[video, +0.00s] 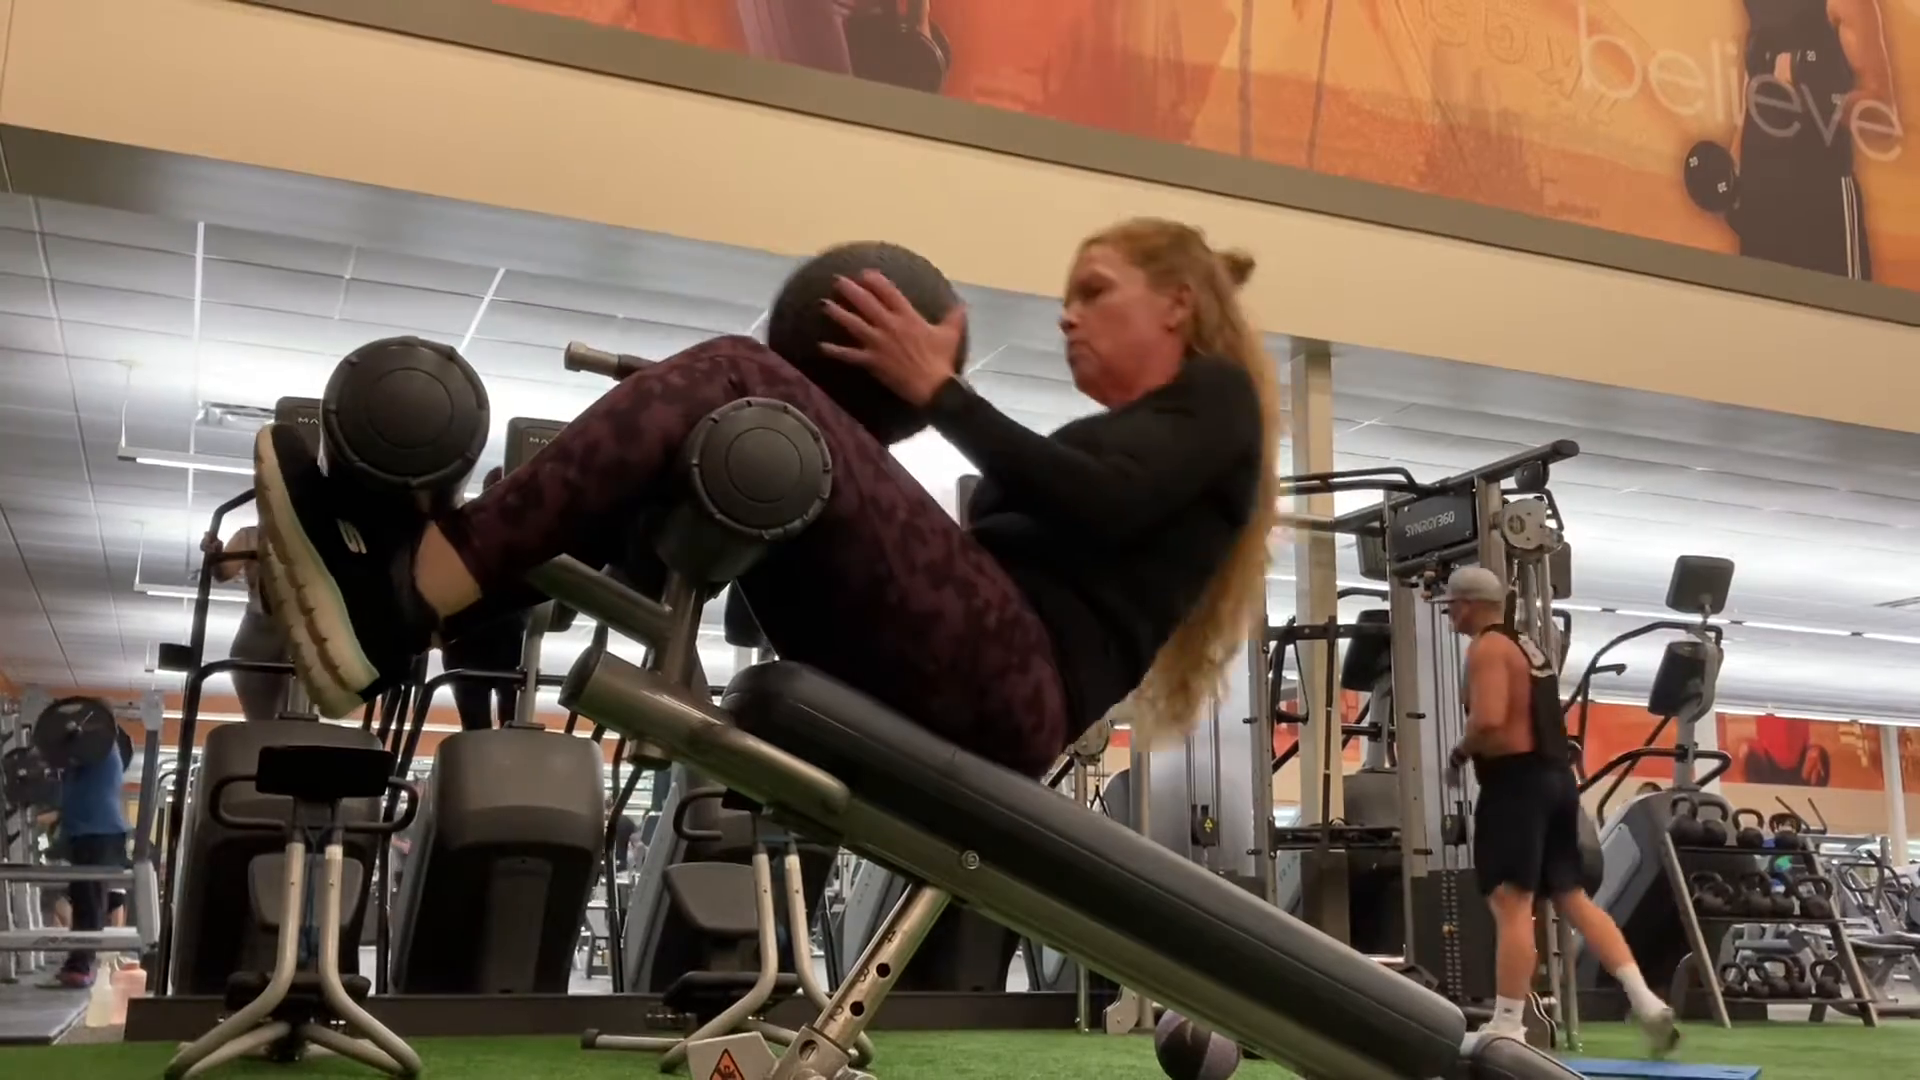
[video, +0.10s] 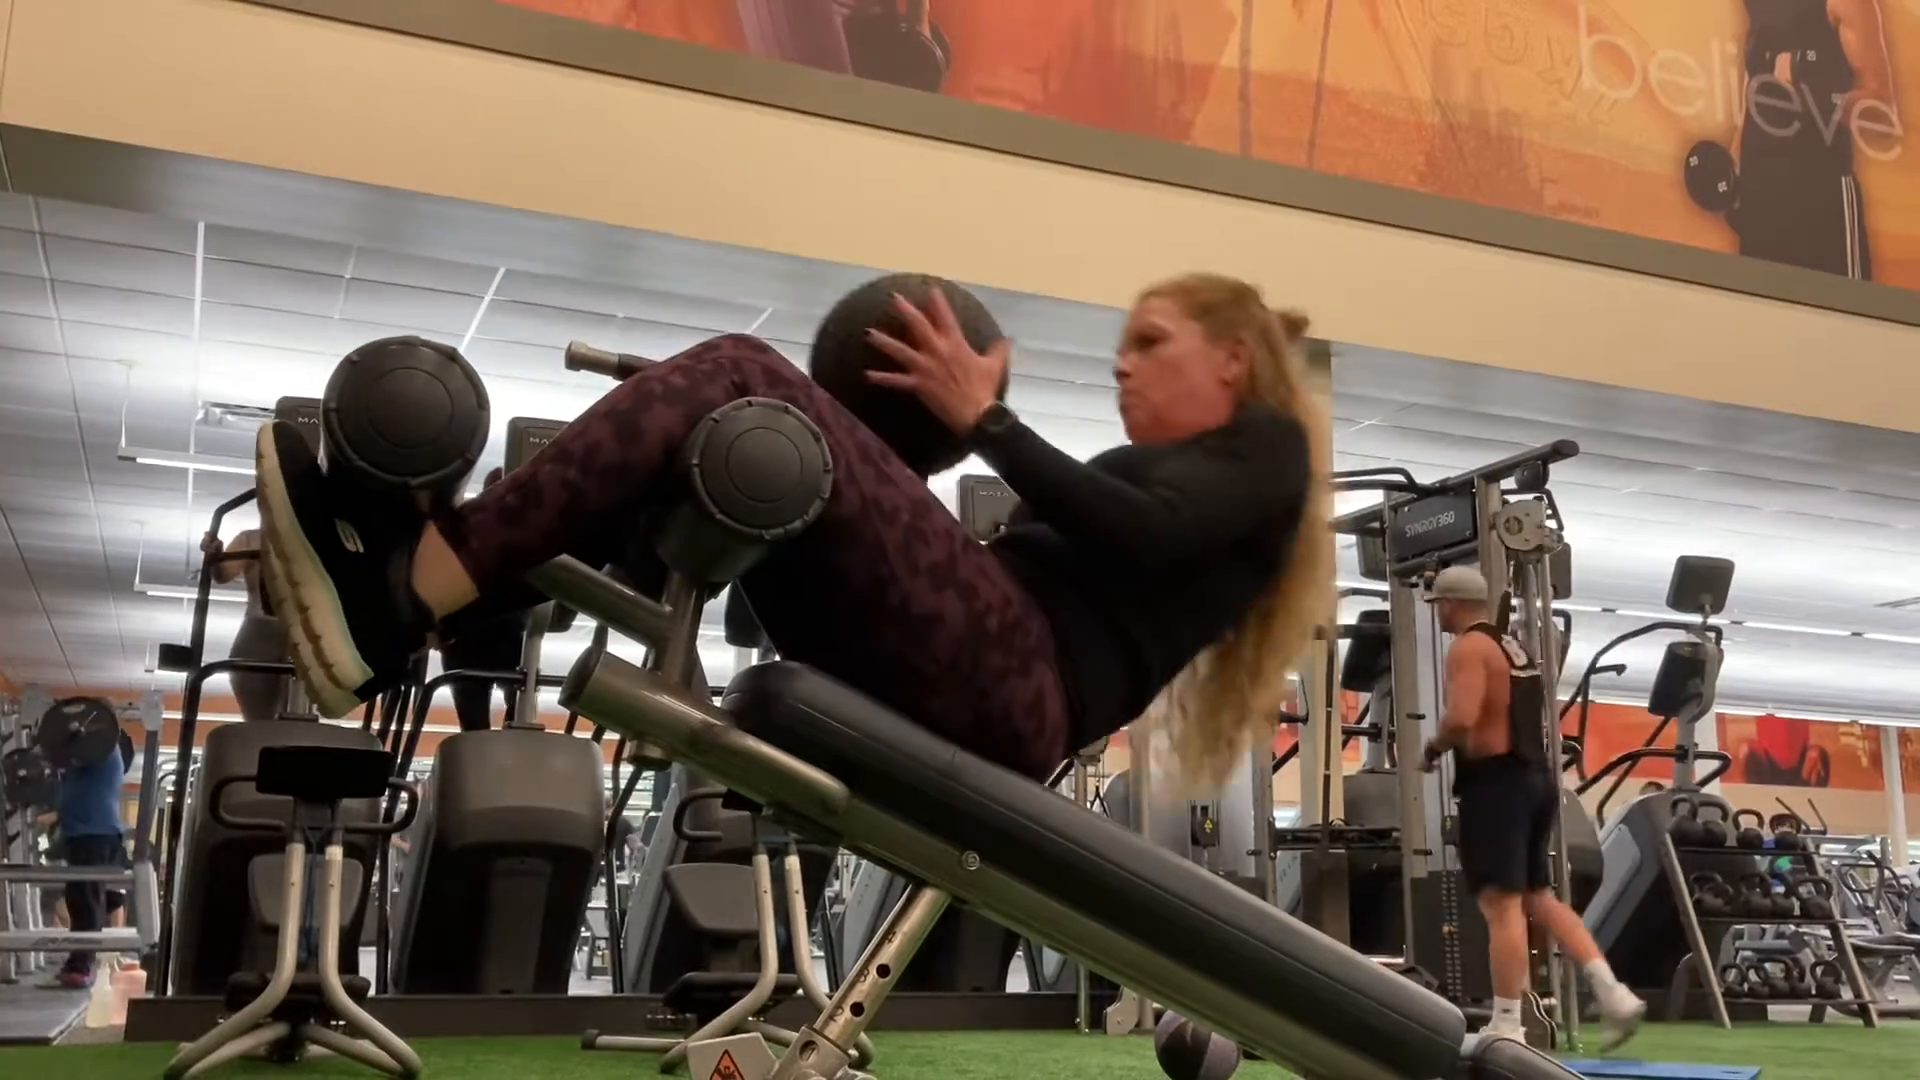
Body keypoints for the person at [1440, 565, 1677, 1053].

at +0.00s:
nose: (1450, 613)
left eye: (1455, 605)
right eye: (1451, 605)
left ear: (1476, 607)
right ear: (1492, 606)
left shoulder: (1489, 647)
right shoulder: (1522, 647)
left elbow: (1488, 719)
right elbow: (1536, 724)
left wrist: (1462, 748)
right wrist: (1482, 741)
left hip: (1516, 784)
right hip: (1554, 782)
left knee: (1511, 904)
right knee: (1573, 899)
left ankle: (1507, 1027)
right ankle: (1647, 1004)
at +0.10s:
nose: (1435, 611)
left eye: (1438, 604)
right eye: (1436, 604)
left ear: (1455, 605)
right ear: (1480, 604)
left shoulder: (1470, 646)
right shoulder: (1510, 647)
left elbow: (1460, 719)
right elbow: (1524, 720)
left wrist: (1433, 748)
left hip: (1495, 784)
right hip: (1533, 781)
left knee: (1501, 904)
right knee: (1539, 896)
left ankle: (1506, 1028)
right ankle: (1615, 997)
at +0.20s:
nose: (1423, 613)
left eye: (1425, 605)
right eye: (1424, 605)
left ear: (1438, 606)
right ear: (1469, 605)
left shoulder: (1454, 647)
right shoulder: (1498, 646)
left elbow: (1440, 718)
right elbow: (1502, 720)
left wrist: (1419, 740)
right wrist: (1445, 742)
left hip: (1482, 785)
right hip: (1514, 781)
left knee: (1491, 907)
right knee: (1510, 901)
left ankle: (1505, 1028)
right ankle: (1564, 1003)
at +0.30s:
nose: (1416, 616)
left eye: (1420, 607)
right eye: (1419, 607)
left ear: (1434, 607)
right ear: (1456, 607)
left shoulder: (1441, 646)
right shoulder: (1479, 647)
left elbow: (1425, 722)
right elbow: (1492, 721)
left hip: (1469, 776)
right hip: (1500, 773)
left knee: (1480, 902)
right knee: (1490, 900)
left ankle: (1505, 1019)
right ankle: (1511, 1008)